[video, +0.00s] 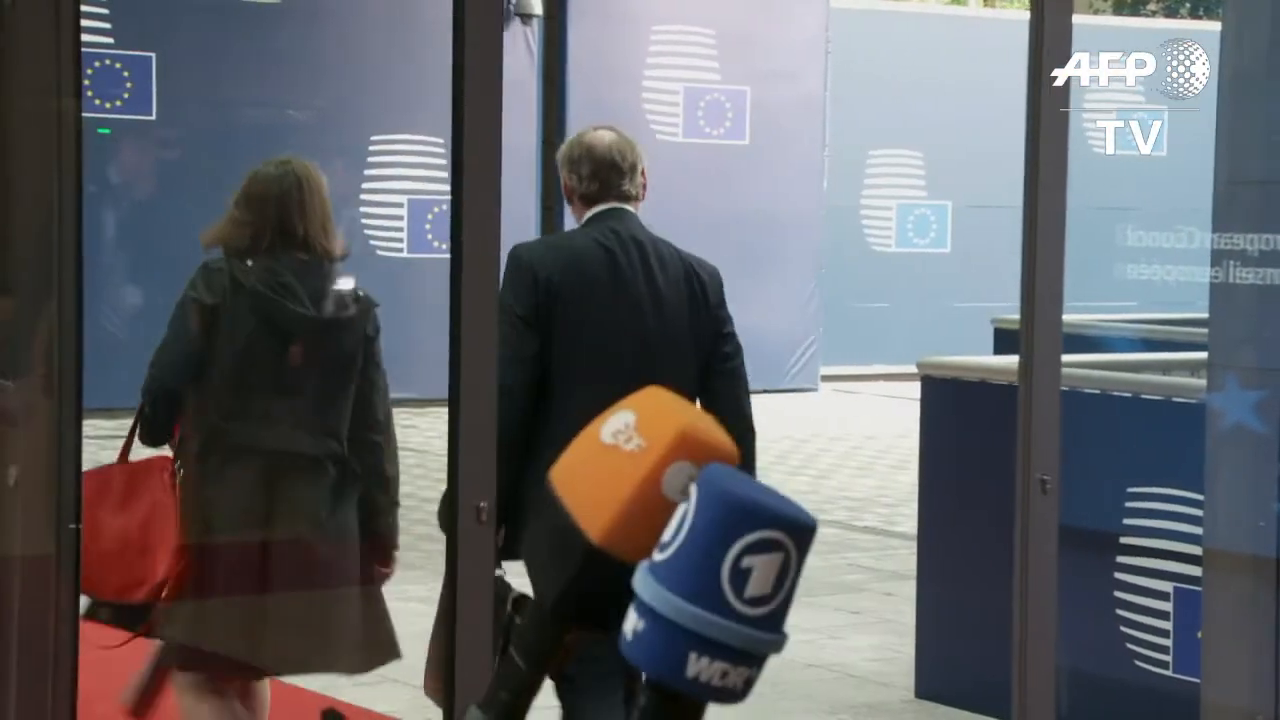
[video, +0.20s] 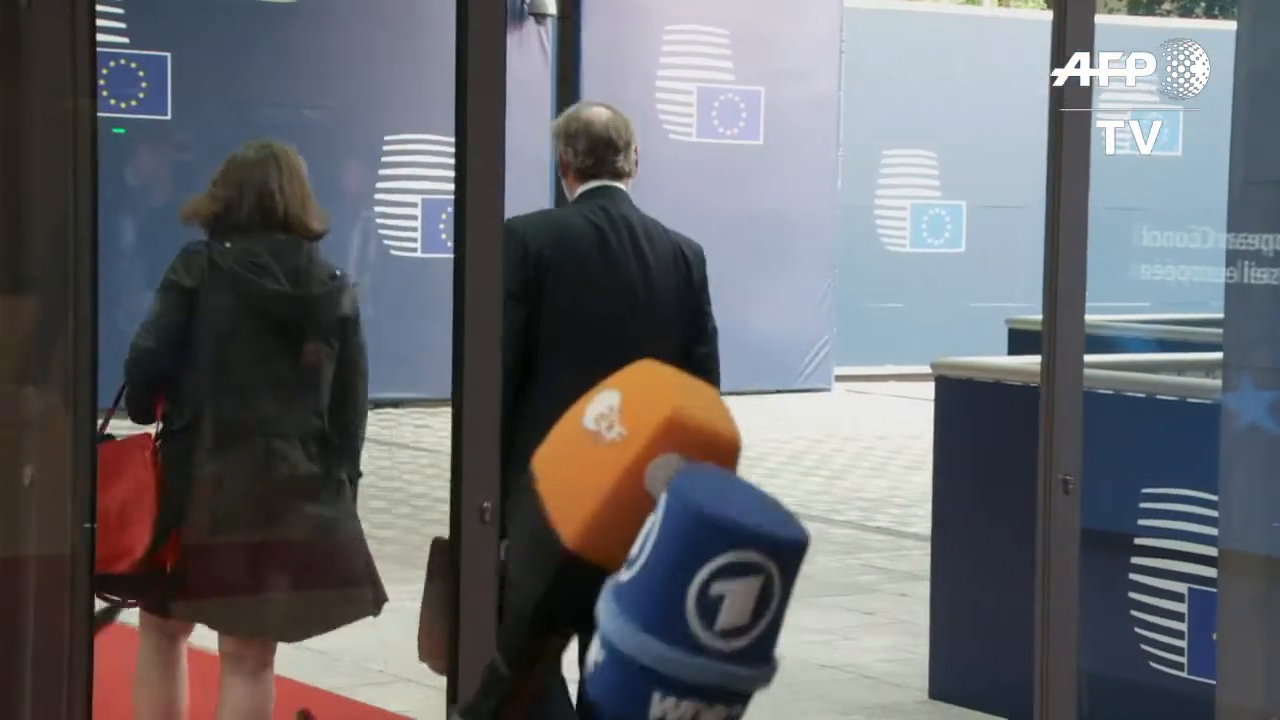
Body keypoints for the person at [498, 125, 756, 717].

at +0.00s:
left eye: (564, 185)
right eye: (647, 177)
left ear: (568, 191)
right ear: (643, 186)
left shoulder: (537, 264)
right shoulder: (698, 277)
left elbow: (507, 399)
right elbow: (733, 415)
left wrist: (491, 514)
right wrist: (732, 524)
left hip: (564, 520)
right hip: (667, 517)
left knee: (591, 678)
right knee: (664, 677)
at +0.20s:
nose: (559, 165)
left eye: (559, 157)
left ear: (564, 165)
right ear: (633, 165)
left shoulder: (524, 240)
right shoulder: (682, 255)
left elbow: (496, 376)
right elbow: (701, 383)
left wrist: (483, 494)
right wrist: (690, 491)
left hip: (542, 485)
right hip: (643, 488)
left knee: (527, 661)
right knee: (629, 661)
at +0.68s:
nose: (567, 174)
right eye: (566, 166)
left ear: (498, 178)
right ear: (560, 173)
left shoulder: (468, 249)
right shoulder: (610, 253)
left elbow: (445, 367)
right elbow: (636, 371)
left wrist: (439, 473)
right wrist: (624, 465)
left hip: (489, 469)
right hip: (580, 469)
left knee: (477, 618)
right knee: (562, 605)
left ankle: (479, 716)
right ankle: (592, 708)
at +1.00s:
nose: (549, 181)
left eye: (543, 173)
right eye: (548, 174)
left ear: (483, 180)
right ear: (542, 181)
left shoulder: (445, 249)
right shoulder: (585, 259)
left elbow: (416, 354)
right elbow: (612, 367)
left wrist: (402, 453)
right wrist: (617, 460)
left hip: (467, 458)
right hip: (551, 462)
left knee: (484, 600)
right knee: (522, 591)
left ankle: (502, 710)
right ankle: (498, 704)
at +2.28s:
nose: (509, 202)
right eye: (511, 194)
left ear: (461, 195)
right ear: (508, 197)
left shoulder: (425, 245)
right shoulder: (533, 256)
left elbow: (396, 333)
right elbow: (550, 346)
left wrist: (390, 413)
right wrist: (554, 419)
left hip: (433, 414)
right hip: (501, 417)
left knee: (437, 525)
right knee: (487, 523)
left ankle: (439, 641)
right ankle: (471, 631)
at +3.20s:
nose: (550, 191)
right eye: (550, 185)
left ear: (503, 186)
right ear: (546, 187)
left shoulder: (466, 232)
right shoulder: (565, 236)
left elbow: (447, 310)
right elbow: (583, 315)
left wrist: (445, 373)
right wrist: (584, 379)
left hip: (481, 380)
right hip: (542, 381)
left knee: (483, 483)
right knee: (543, 474)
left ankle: (486, 595)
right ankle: (539, 577)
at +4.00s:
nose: (606, 201)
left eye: (604, 195)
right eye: (605, 195)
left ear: (562, 200)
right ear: (599, 199)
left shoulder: (529, 243)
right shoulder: (611, 246)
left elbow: (510, 313)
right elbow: (621, 317)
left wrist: (503, 370)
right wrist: (620, 370)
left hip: (540, 377)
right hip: (592, 377)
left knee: (554, 461)